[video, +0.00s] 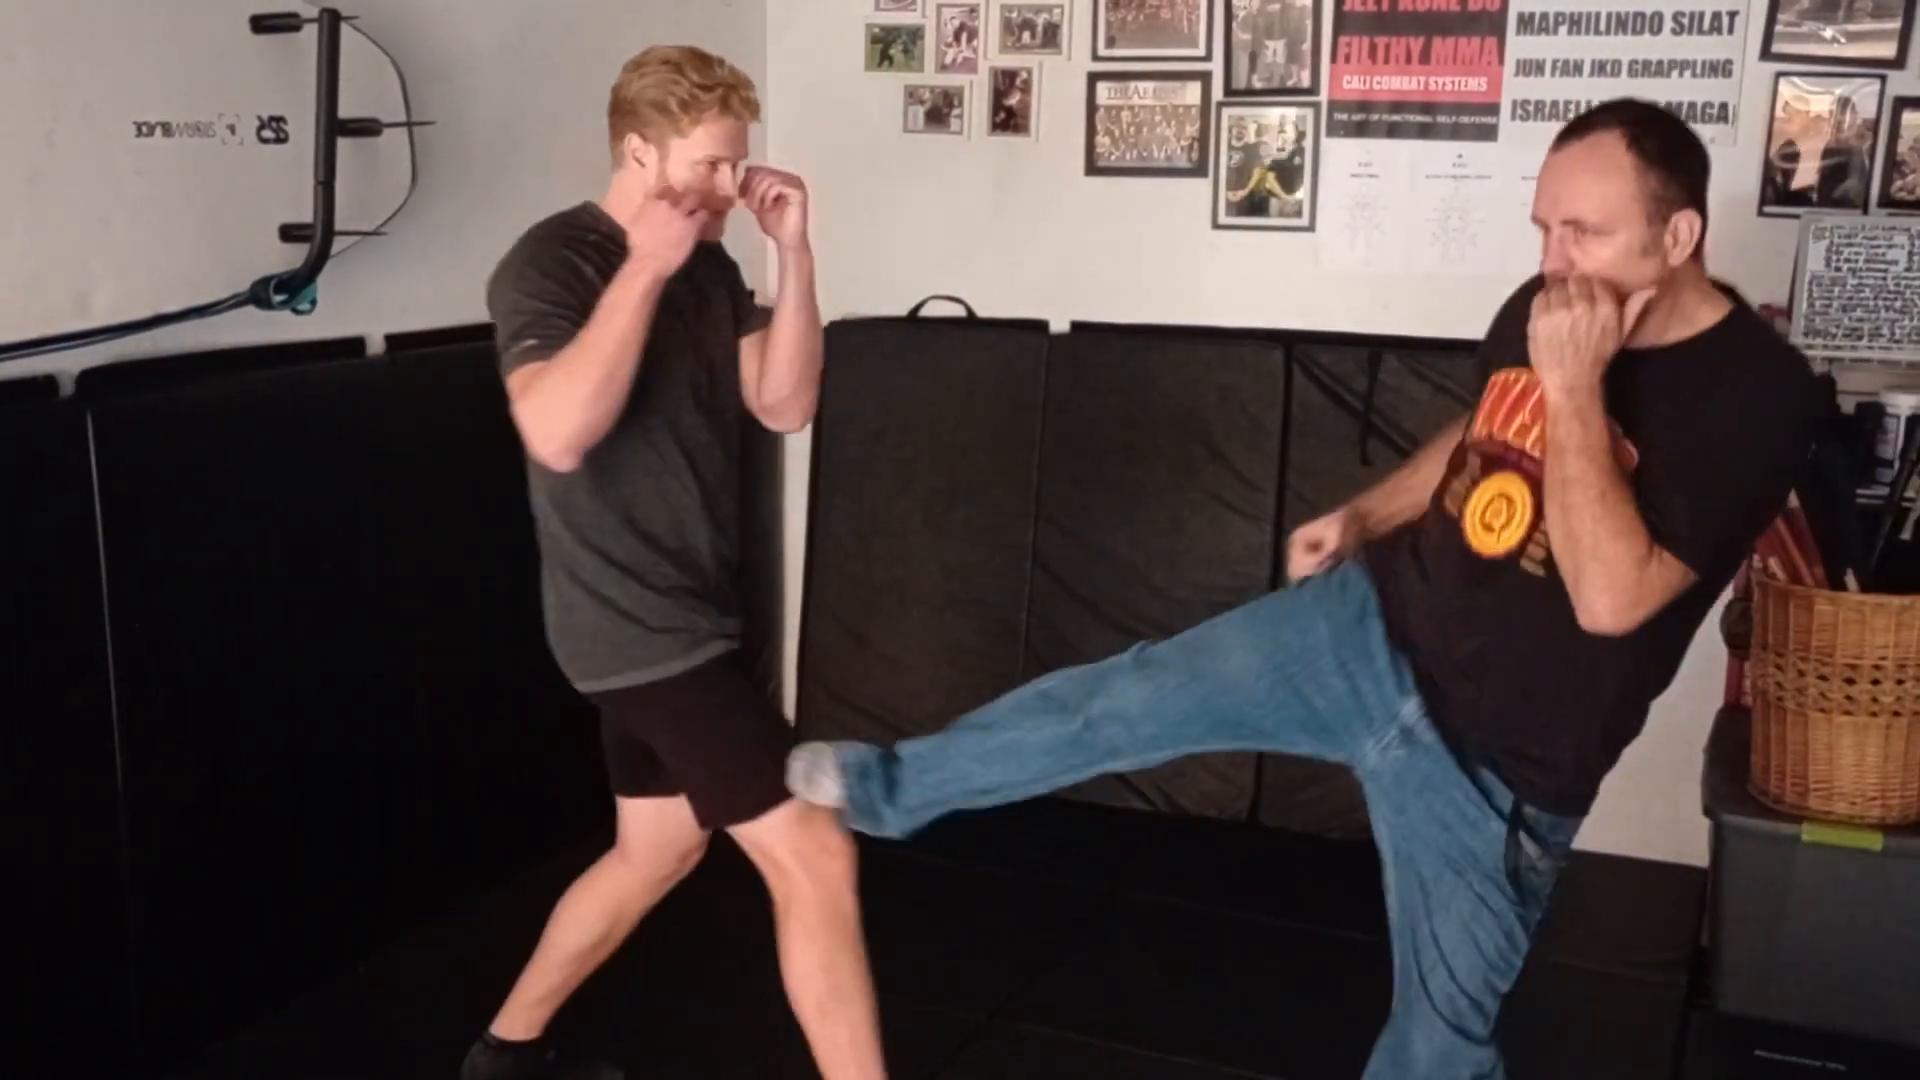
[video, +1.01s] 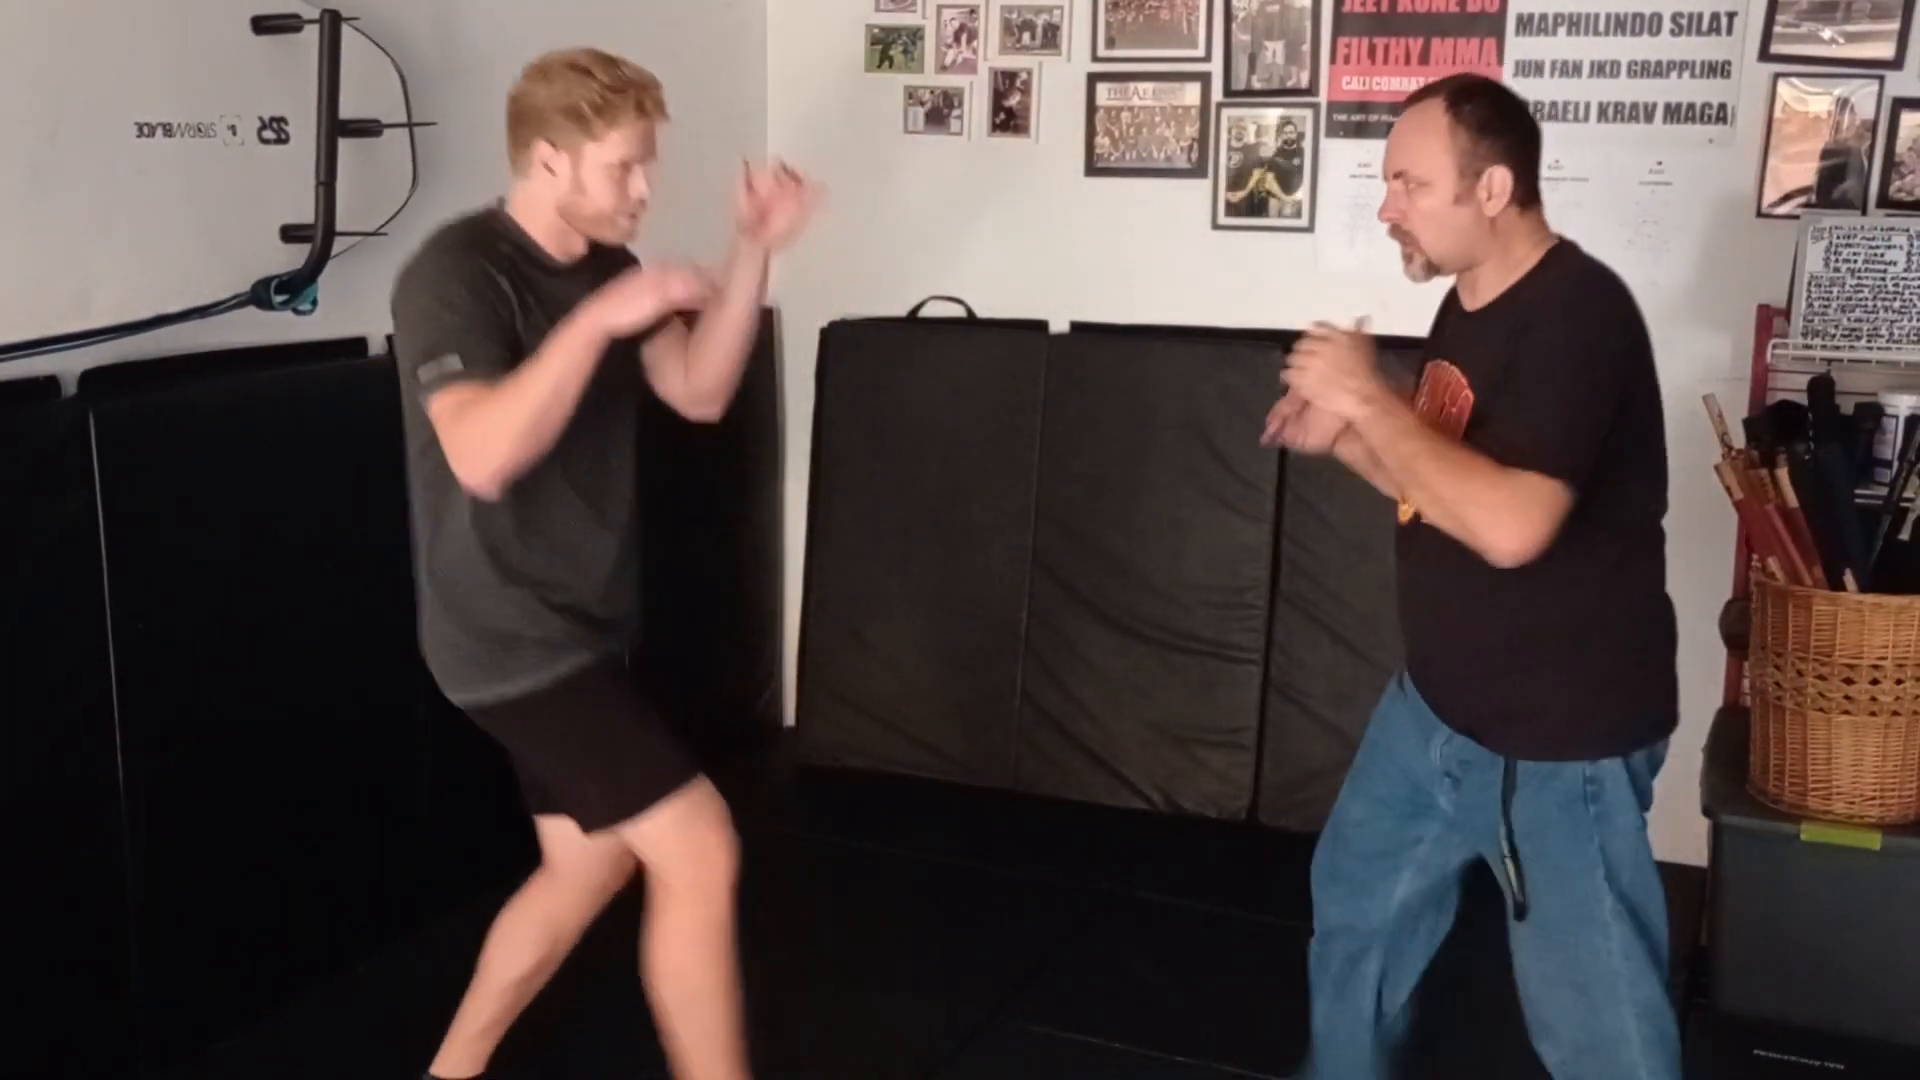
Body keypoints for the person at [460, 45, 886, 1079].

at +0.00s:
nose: (730, 185)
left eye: (737, 162)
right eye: (710, 163)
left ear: (737, 160)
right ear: (636, 152)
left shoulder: (705, 269)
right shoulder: (547, 267)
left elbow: (784, 404)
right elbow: (554, 431)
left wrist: (794, 251)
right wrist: (647, 266)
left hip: (697, 614)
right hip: (633, 630)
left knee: (654, 852)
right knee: (814, 857)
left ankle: (506, 1046)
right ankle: (860, 1079)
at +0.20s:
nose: (836, 188)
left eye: (840, 167)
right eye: (818, 167)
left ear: (766, 160)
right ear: (745, 155)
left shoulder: (769, 263)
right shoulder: (648, 265)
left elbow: (876, 391)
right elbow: (723, 425)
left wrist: (882, 248)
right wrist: (790, 256)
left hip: (725, 624)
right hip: (678, 638)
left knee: (679, 847)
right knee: (808, 894)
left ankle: (521, 1020)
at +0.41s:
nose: (868, 191)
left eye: (874, 168)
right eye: (851, 167)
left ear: (787, 155)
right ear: (778, 155)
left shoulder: (797, 261)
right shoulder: (679, 263)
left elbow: (903, 394)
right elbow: (760, 425)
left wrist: (920, 242)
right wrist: (828, 252)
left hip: (723, 628)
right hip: (722, 641)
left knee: (671, 846)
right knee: (856, 897)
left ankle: (515, 1040)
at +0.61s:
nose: (852, 189)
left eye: (857, 165)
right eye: (834, 164)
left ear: (772, 152)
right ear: (761, 153)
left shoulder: (771, 255)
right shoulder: (658, 266)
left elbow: (883, 385)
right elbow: (755, 432)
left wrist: (911, 233)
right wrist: (816, 250)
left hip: (704, 627)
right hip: (707, 644)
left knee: (674, 845)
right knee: (838, 905)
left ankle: (501, 1031)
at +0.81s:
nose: (739, 201)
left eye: (741, 175)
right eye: (722, 176)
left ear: (664, 170)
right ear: (642, 169)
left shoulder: (683, 276)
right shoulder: (545, 296)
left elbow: (745, 427)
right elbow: (595, 489)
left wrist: (806, 318)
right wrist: (704, 326)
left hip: (688, 642)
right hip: (623, 662)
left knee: (641, 876)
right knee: (773, 908)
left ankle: (461, 1055)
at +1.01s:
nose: (644, 189)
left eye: (648, 163)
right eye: (626, 165)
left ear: (588, 164)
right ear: (549, 160)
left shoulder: (606, 266)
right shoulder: (450, 275)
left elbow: (699, 391)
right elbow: (482, 457)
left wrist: (752, 250)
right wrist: (601, 317)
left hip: (592, 621)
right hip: (505, 640)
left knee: (583, 868)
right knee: (696, 847)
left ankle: (451, 1069)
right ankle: (714, 1076)